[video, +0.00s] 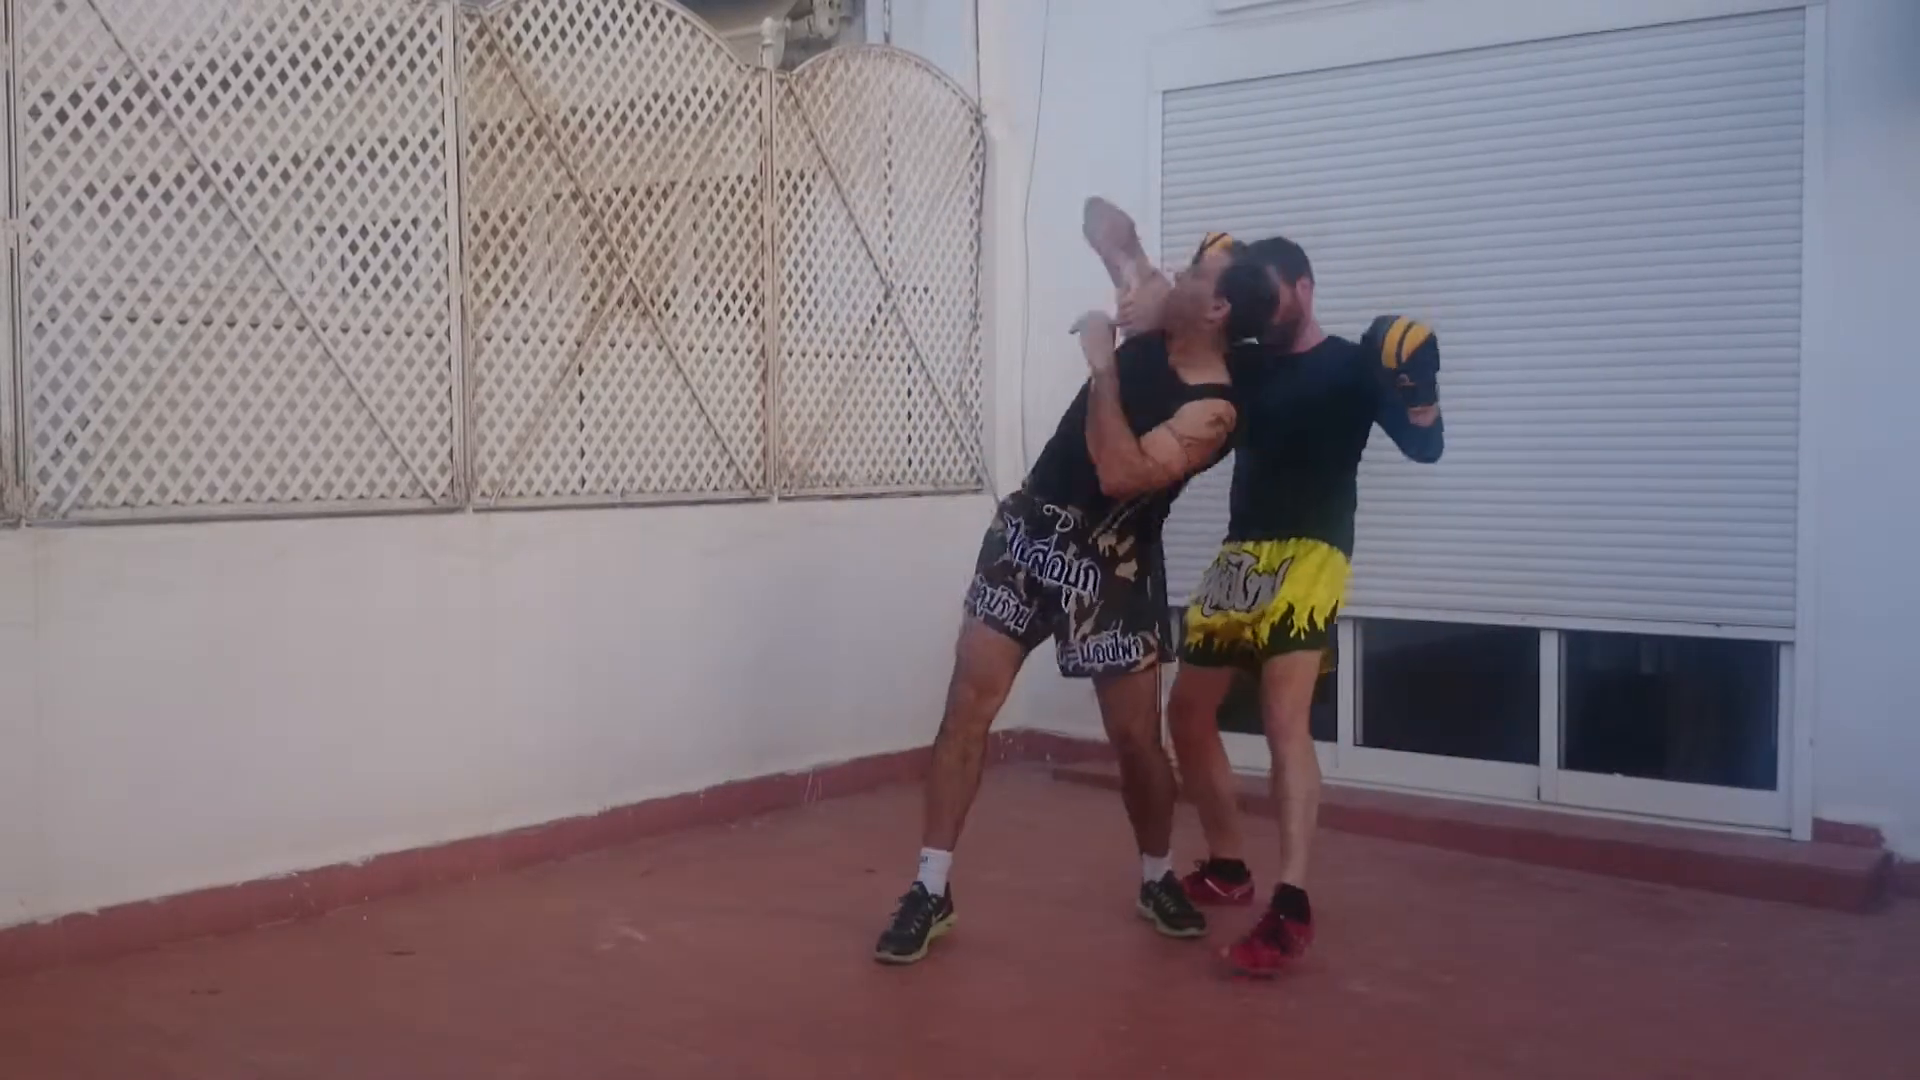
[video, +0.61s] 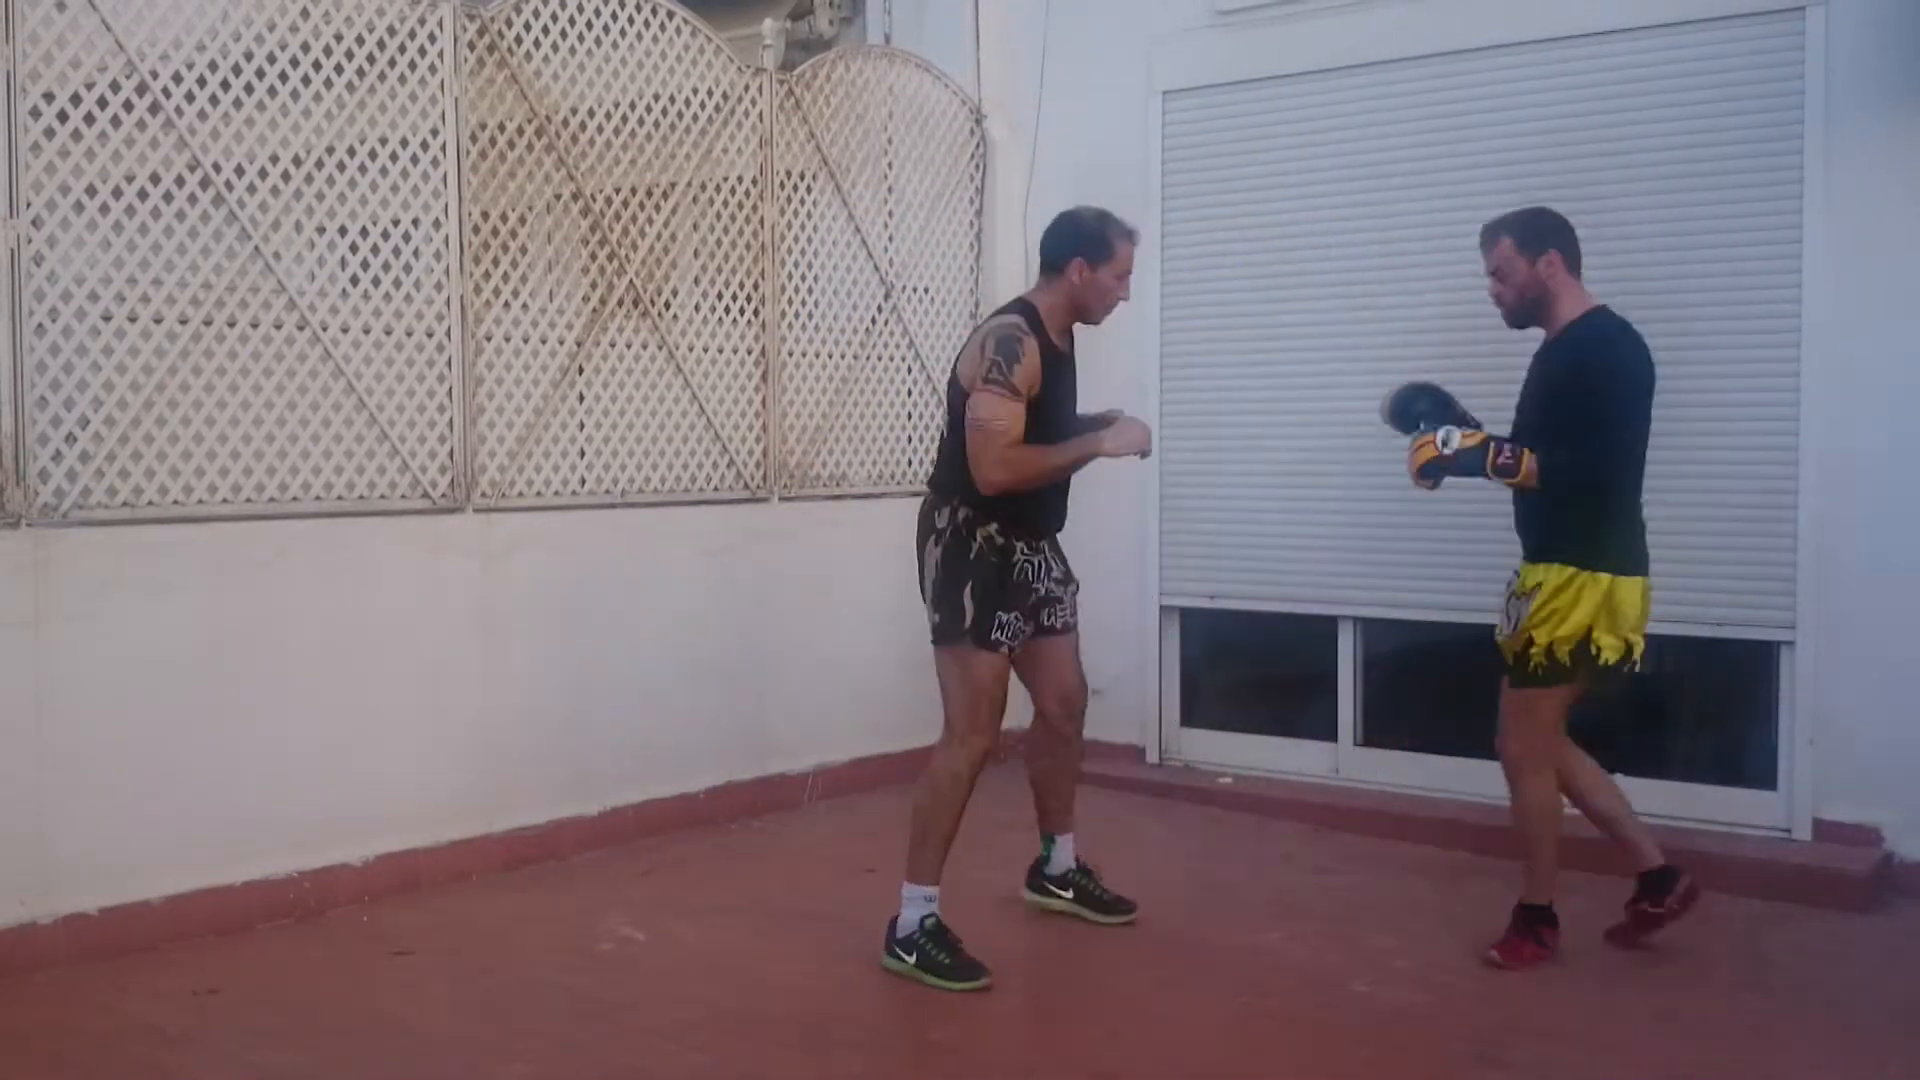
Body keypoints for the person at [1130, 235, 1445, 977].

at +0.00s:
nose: (1261, 309)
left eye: (1272, 292)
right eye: (1252, 297)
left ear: (1304, 288)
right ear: (1246, 305)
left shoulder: (1358, 362)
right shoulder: (1245, 366)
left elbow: (1424, 448)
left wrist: (1418, 388)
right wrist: (1205, 299)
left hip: (1310, 551)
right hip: (1241, 549)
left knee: (1285, 718)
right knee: (1189, 714)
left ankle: (1292, 902)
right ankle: (1227, 864)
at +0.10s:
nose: (1277, 309)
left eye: (1287, 295)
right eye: (1270, 298)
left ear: (1329, 286)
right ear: (1266, 300)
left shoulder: (1380, 360)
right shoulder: (1262, 361)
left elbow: (1446, 450)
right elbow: (1183, 393)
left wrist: (1424, 398)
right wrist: (1141, 338)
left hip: (1337, 557)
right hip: (1267, 556)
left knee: (1316, 722)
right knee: (1198, 711)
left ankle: (1370, 903)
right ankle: (1227, 866)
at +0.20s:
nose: (1309, 305)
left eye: (1321, 291)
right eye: (1304, 294)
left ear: (1365, 289)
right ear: (1306, 297)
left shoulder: (1407, 372)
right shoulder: (1299, 368)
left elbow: (1478, 459)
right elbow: (1215, 385)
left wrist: (1441, 428)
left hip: (1369, 578)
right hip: (1303, 571)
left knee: (1366, 743)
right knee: (1218, 706)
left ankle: (1474, 896)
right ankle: (1226, 865)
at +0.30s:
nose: (1345, 290)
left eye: (1356, 276)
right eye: (1341, 278)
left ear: (1405, 276)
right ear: (1354, 284)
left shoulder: (1450, 357)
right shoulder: (1361, 357)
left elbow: (1522, 442)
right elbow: (1313, 421)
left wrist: (1449, 433)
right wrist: (1249, 382)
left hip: (1425, 577)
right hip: (1350, 569)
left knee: (1433, 754)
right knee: (1287, 718)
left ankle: (1530, 906)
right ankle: (1239, 866)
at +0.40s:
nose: (1386, 284)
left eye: (1399, 270)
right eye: (1386, 272)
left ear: (1449, 272)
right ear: (1423, 279)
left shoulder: (1504, 354)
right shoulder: (1419, 363)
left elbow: (1557, 454)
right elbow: (1428, 454)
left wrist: (1480, 477)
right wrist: (1375, 456)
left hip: (1491, 577)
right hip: (1418, 566)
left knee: (1473, 762)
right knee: (1355, 719)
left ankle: (1530, 913)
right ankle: (1324, 869)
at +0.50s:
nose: (1436, 287)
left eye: (1447, 271)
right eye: (1434, 274)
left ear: (1497, 271)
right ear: (1485, 276)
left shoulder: (1556, 357)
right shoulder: (1489, 363)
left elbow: (1579, 484)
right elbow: (1497, 472)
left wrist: (1476, 506)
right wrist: (1434, 476)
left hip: (1542, 578)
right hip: (1480, 570)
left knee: (1491, 754)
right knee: (1417, 717)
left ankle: (1534, 916)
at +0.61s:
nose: (1493, 291)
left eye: (1500, 274)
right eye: (1490, 277)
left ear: (1550, 264)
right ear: (1549, 269)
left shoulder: (1593, 350)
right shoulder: (1584, 345)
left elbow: (1578, 476)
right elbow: (1561, 461)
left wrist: (1472, 455)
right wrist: (1478, 438)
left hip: (1575, 573)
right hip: (1586, 569)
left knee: (1525, 743)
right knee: (1542, 738)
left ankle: (1537, 915)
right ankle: (1657, 875)